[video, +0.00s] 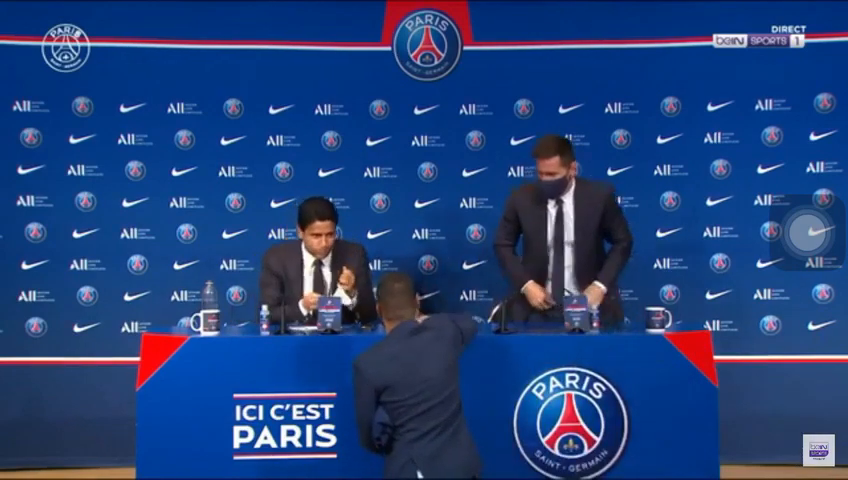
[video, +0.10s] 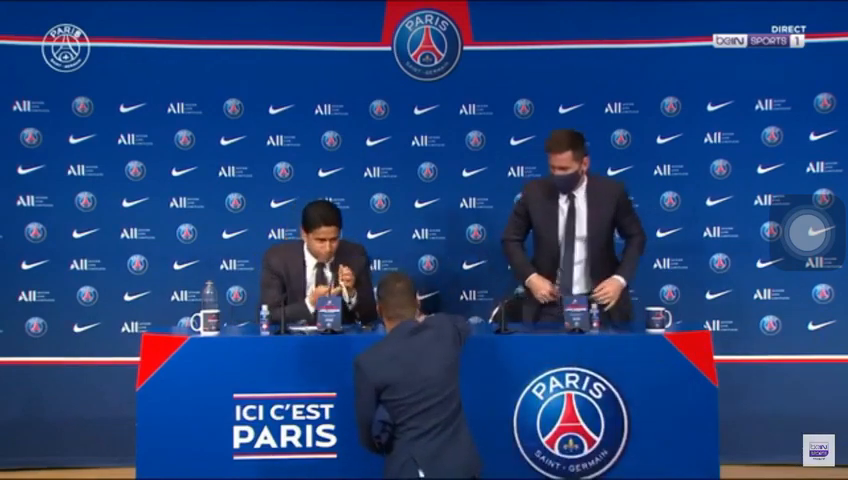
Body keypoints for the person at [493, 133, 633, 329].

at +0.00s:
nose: (544, 181)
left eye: (552, 174)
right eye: (540, 174)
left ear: (572, 170)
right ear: (536, 170)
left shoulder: (599, 196)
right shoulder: (522, 198)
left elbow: (623, 242)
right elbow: (503, 245)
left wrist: (600, 286)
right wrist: (527, 285)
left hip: (588, 310)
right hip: (539, 311)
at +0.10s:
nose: (557, 175)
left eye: (564, 169)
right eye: (553, 168)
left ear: (584, 164)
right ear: (548, 164)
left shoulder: (611, 193)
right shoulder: (534, 193)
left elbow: (636, 237)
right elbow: (511, 240)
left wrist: (620, 279)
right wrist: (531, 278)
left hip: (600, 306)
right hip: (550, 307)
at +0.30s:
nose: (575, 169)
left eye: (582, 163)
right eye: (571, 162)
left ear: (602, 159)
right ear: (566, 158)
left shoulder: (627, 189)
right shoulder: (553, 189)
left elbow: (653, 236)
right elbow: (525, 234)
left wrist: (643, 273)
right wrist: (537, 271)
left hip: (616, 303)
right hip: (566, 303)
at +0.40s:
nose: (574, 166)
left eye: (581, 160)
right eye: (572, 159)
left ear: (603, 157)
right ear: (568, 154)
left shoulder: (632, 188)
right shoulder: (555, 188)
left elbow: (658, 234)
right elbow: (530, 233)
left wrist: (646, 269)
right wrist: (543, 266)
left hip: (616, 302)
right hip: (567, 301)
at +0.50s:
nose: (574, 161)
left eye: (581, 156)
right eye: (572, 154)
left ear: (604, 153)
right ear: (570, 148)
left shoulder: (637, 185)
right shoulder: (560, 184)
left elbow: (663, 231)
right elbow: (534, 227)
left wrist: (647, 263)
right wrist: (547, 258)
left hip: (618, 298)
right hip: (571, 297)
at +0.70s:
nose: (573, 157)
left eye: (580, 152)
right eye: (572, 150)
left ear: (603, 150)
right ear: (570, 145)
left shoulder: (637, 180)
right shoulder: (560, 182)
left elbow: (666, 228)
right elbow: (537, 226)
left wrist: (644, 256)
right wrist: (551, 256)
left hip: (622, 295)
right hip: (576, 294)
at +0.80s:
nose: (571, 158)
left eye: (578, 152)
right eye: (569, 151)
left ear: (601, 150)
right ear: (567, 146)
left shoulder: (637, 180)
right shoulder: (560, 182)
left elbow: (666, 229)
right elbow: (539, 229)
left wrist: (639, 249)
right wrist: (554, 256)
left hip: (625, 295)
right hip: (578, 295)